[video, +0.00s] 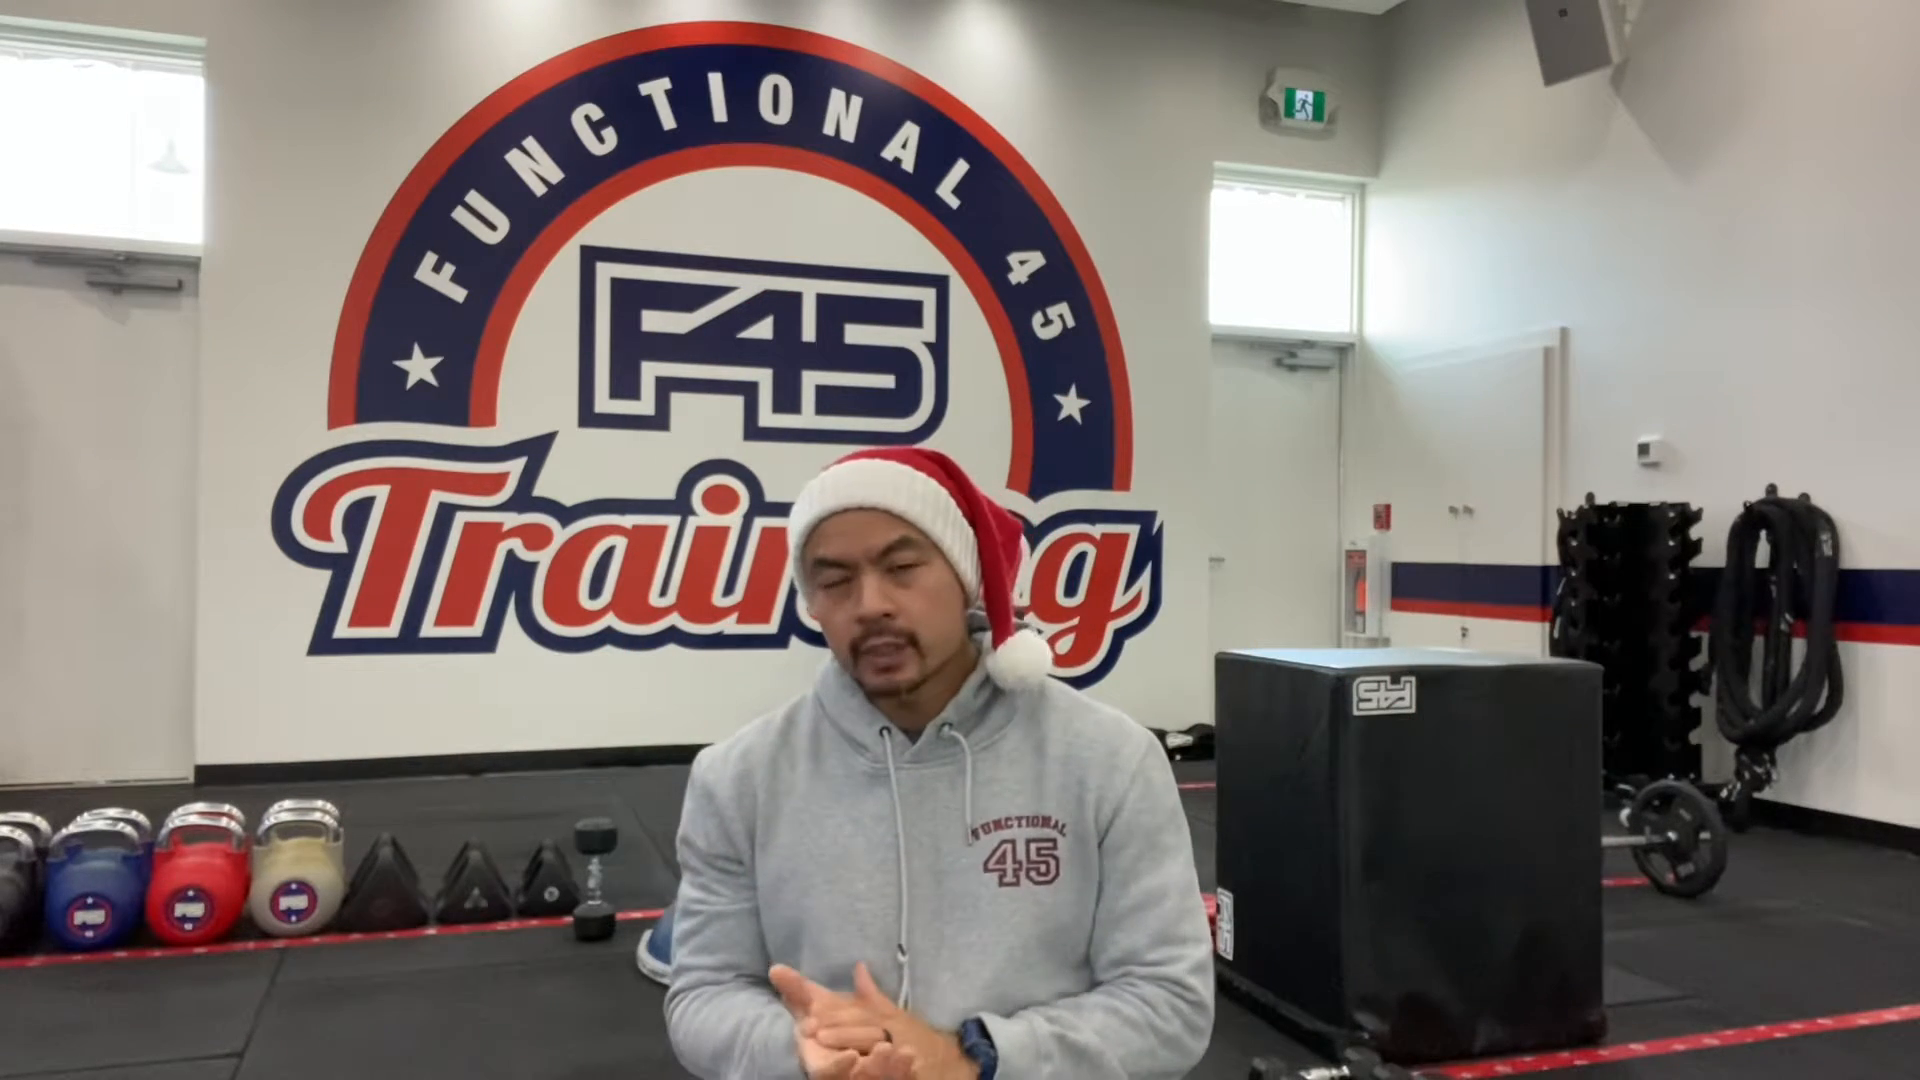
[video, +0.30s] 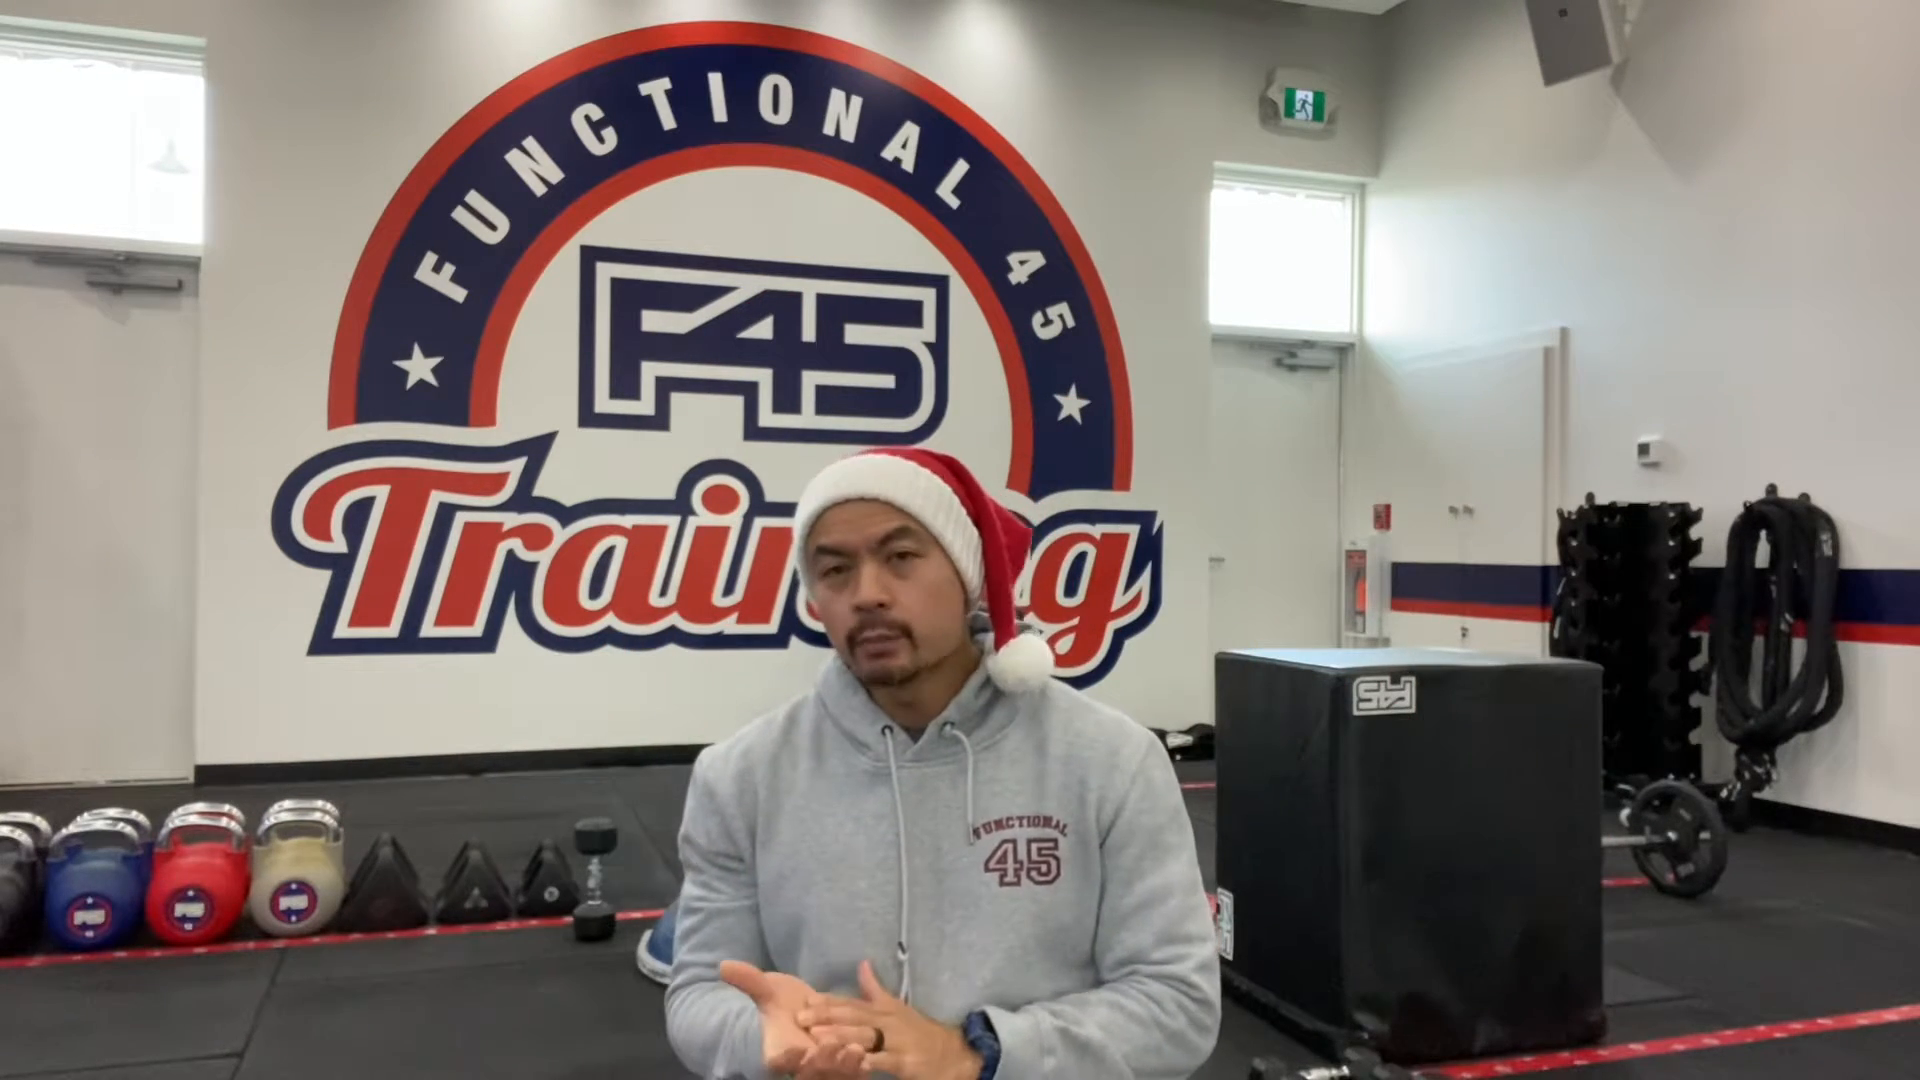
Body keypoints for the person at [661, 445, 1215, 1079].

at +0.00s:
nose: (871, 606)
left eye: (904, 565)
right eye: (837, 579)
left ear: (970, 574)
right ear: (812, 605)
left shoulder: (1109, 760)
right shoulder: (735, 781)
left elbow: (1170, 1004)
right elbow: (701, 997)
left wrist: (974, 1055)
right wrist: (808, 1046)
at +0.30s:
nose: (867, 595)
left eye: (902, 556)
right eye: (837, 570)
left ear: (972, 571)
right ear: (815, 601)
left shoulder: (1112, 760)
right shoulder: (737, 780)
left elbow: (1177, 1003)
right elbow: (698, 993)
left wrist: (978, 1052)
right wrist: (776, 1039)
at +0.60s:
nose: (871, 591)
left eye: (905, 556)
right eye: (840, 569)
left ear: (975, 572)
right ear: (818, 602)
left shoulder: (1113, 765)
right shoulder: (739, 781)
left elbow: (1175, 1008)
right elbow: (698, 992)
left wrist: (972, 1049)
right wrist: (764, 1034)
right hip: (821, 1073)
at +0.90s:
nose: (852, 590)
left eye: (889, 554)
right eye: (831, 566)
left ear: (971, 569)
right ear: (815, 593)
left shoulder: (1115, 766)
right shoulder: (742, 778)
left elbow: (1173, 1008)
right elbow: (700, 998)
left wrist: (978, 1047)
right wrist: (820, 1041)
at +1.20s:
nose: (812, 613)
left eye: (846, 576)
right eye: (806, 580)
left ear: (947, 577)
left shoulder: (1113, 768)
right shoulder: (746, 776)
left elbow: (1173, 1010)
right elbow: (692, 997)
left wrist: (984, 1043)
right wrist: (837, 1044)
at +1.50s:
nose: (798, 620)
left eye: (830, 584)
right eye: (795, 586)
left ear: (935, 585)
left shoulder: (1107, 766)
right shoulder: (742, 780)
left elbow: (1176, 1008)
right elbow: (697, 994)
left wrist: (986, 1062)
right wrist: (823, 1043)